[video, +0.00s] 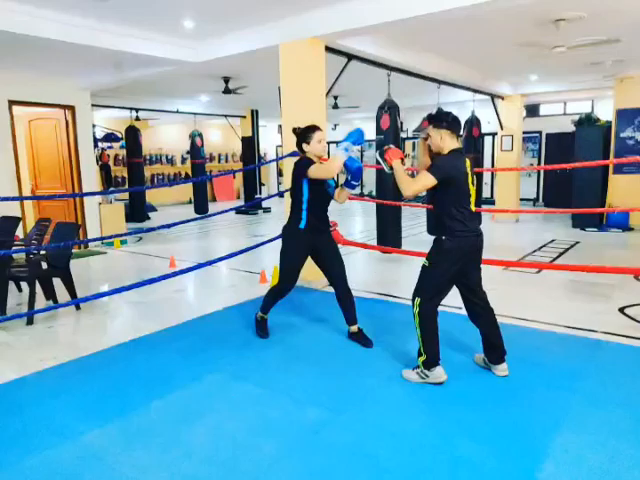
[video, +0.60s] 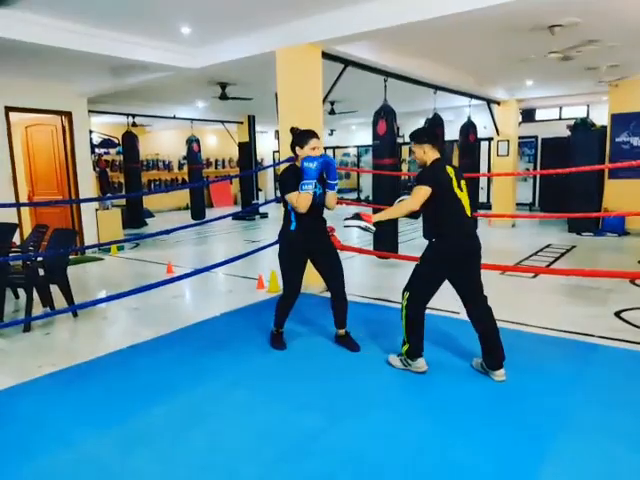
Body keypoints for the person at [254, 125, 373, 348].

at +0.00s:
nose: (325, 145)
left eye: (325, 141)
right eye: (320, 142)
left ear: (323, 143)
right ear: (306, 146)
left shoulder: (325, 168)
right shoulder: (302, 165)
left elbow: (339, 198)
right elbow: (329, 171)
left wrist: (351, 180)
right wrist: (344, 150)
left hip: (321, 234)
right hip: (297, 234)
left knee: (340, 281)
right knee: (286, 284)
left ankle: (354, 328)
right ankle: (262, 315)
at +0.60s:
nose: (318, 153)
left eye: (320, 149)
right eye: (313, 149)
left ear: (321, 150)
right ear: (298, 151)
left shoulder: (319, 171)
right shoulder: (287, 174)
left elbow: (330, 205)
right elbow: (301, 206)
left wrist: (331, 177)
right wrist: (310, 175)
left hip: (318, 235)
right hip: (293, 238)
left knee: (337, 282)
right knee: (292, 289)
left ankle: (342, 332)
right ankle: (277, 330)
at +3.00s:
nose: (183, 148)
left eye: (182, 142)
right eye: (180, 142)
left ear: (164, 148)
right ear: (167, 147)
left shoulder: (172, 176)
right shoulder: (152, 181)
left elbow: (185, 211)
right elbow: (182, 221)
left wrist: (200, 178)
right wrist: (193, 187)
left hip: (175, 259)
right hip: (154, 264)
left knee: (209, 298)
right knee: (171, 331)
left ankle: (192, 350)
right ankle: (142, 401)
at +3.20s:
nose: (196, 151)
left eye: (195, 146)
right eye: (192, 146)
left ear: (181, 151)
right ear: (179, 151)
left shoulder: (191, 176)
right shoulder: (163, 185)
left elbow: (229, 166)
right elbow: (185, 221)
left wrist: (256, 155)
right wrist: (198, 188)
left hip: (187, 262)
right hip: (165, 265)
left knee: (217, 300)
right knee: (174, 329)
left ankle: (222, 345)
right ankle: (144, 400)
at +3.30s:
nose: (200, 146)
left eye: (198, 141)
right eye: (197, 141)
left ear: (177, 147)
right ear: (188, 145)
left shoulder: (173, 172)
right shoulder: (195, 171)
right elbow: (235, 186)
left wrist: (216, 166)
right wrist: (234, 159)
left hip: (176, 249)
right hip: (185, 253)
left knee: (215, 294)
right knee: (178, 319)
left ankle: (223, 343)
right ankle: (139, 380)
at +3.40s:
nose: (201, 144)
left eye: (199, 139)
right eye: (198, 140)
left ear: (176, 147)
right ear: (190, 145)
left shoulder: (167, 175)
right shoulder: (207, 163)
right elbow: (248, 160)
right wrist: (255, 140)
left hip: (172, 248)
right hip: (189, 250)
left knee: (211, 290)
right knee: (180, 314)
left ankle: (222, 343)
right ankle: (140, 368)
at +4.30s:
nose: (190, 148)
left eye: (189, 143)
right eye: (187, 144)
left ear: (167, 146)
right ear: (176, 146)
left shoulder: (162, 172)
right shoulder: (176, 176)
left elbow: (195, 203)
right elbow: (206, 209)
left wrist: (202, 188)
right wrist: (207, 182)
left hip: (175, 247)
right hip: (175, 252)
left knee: (202, 295)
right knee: (189, 314)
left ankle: (192, 344)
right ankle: (151, 375)